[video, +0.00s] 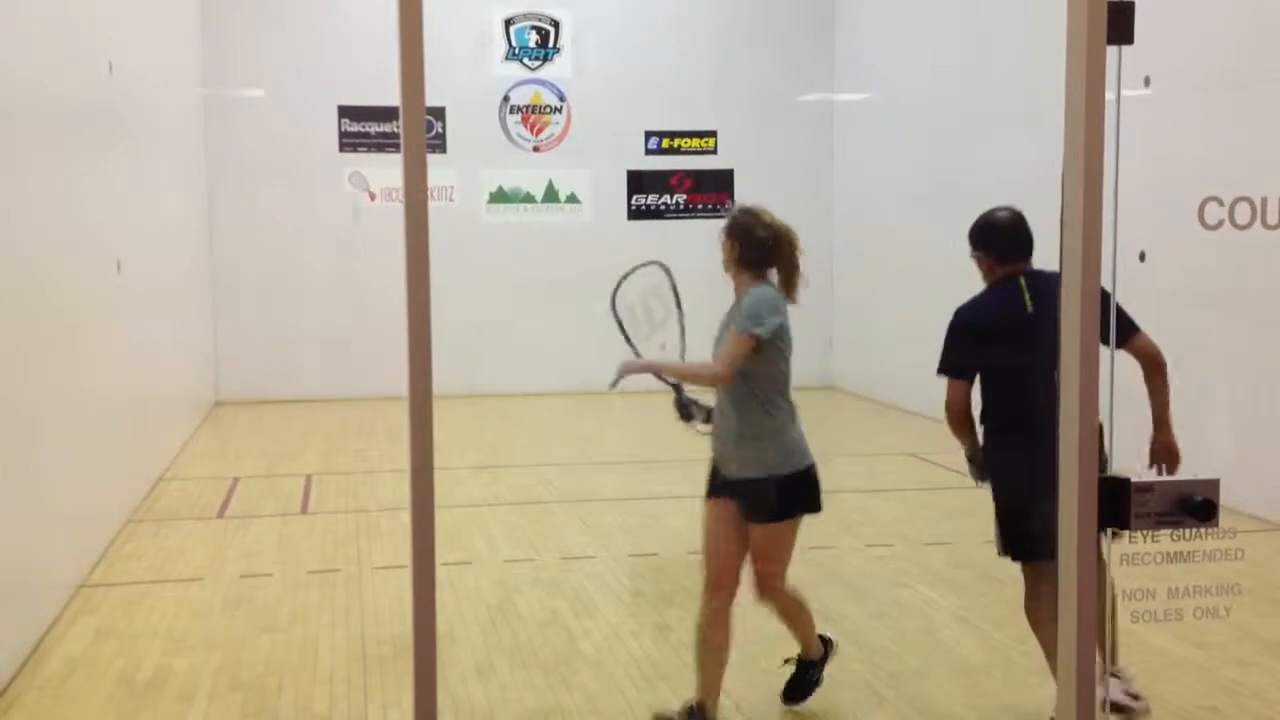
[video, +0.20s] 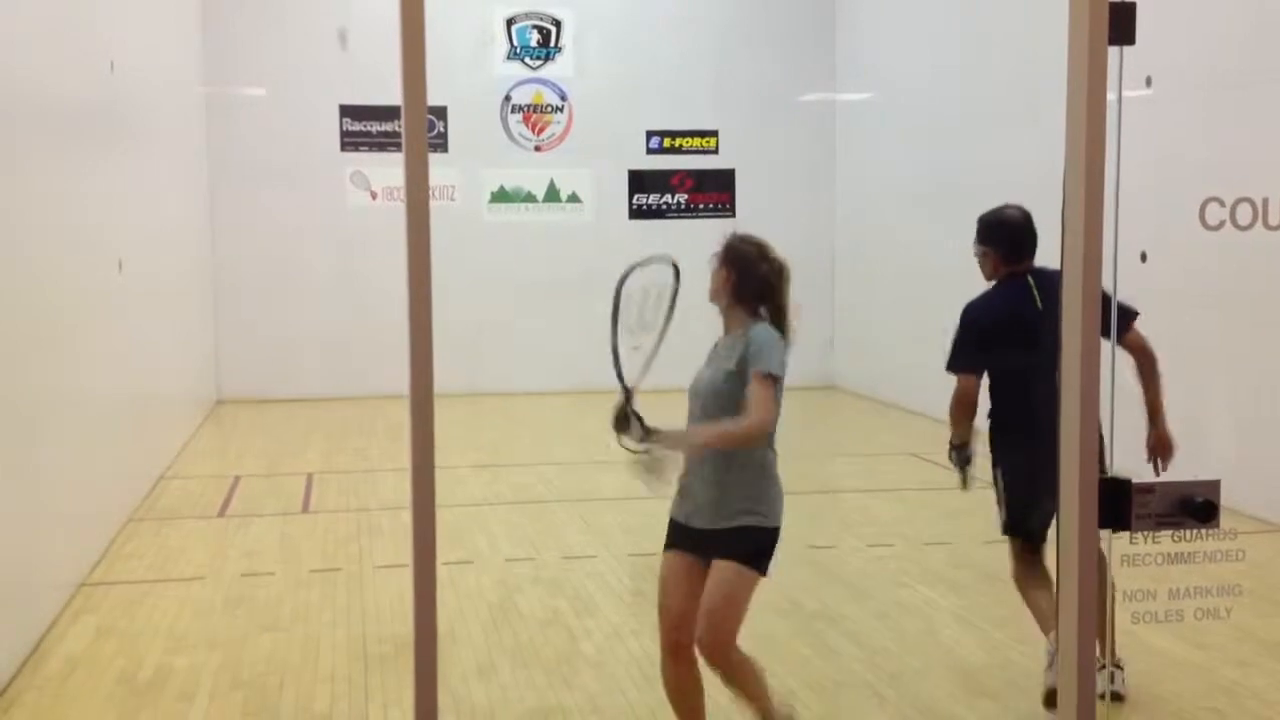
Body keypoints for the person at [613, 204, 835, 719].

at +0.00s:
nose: (721, 249)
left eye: (725, 241)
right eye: (723, 240)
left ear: (735, 248)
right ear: (757, 249)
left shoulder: (762, 302)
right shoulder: (742, 307)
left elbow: (721, 371)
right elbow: (756, 395)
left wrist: (651, 365)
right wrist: (710, 411)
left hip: (776, 471)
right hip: (731, 468)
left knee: (770, 586)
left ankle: (814, 651)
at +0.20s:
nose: (711, 277)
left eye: (718, 269)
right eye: (715, 268)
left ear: (734, 280)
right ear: (742, 282)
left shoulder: (763, 340)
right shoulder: (723, 344)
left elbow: (761, 424)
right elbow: (714, 429)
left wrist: (679, 437)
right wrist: (658, 443)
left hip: (747, 512)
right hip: (695, 507)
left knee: (714, 643)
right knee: (675, 643)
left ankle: (772, 711)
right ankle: (691, 717)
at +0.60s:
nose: (719, 285)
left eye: (727, 278)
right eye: (724, 276)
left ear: (741, 297)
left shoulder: (790, 371)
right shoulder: (699, 380)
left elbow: (839, 458)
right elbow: (639, 453)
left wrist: (812, 528)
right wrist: (614, 403)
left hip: (765, 572)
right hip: (696, 568)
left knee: (755, 715)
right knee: (631, 699)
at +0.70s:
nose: (715, 272)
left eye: (725, 265)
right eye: (721, 264)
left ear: (743, 284)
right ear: (745, 286)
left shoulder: (787, 363)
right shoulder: (691, 360)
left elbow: (799, 456)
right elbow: (628, 435)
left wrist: (737, 508)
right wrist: (611, 382)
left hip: (755, 564)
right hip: (685, 556)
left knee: (756, 712)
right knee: (600, 686)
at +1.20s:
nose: (581, 293)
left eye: (591, 282)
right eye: (585, 281)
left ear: (620, 293)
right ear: (620, 294)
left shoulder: (616, 367)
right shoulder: (640, 361)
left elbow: (556, 469)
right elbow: (546, 443)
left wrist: (498, 550)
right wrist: (459, 472)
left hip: (622, 579)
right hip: (620, 571)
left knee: (581, 710)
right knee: (546, 691)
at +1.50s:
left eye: (601, 324)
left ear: (603, 332)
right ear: (662, 322)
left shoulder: (581, 402)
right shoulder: (708, 384)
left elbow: (540, 513)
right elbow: (787, 459)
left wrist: (517, 578)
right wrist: (852, 503)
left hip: (613, 613)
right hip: (690, 607)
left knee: (589, 711)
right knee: (613, 691)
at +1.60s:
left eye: (624, 304)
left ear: (620, 312)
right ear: (676, 310)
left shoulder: (589, 382)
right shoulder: (715, 374)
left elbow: (560, 477)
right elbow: (784, 465)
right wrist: (857, 521)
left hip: (623, 589)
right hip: (699, 583)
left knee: (605, 705)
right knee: (622, 678)